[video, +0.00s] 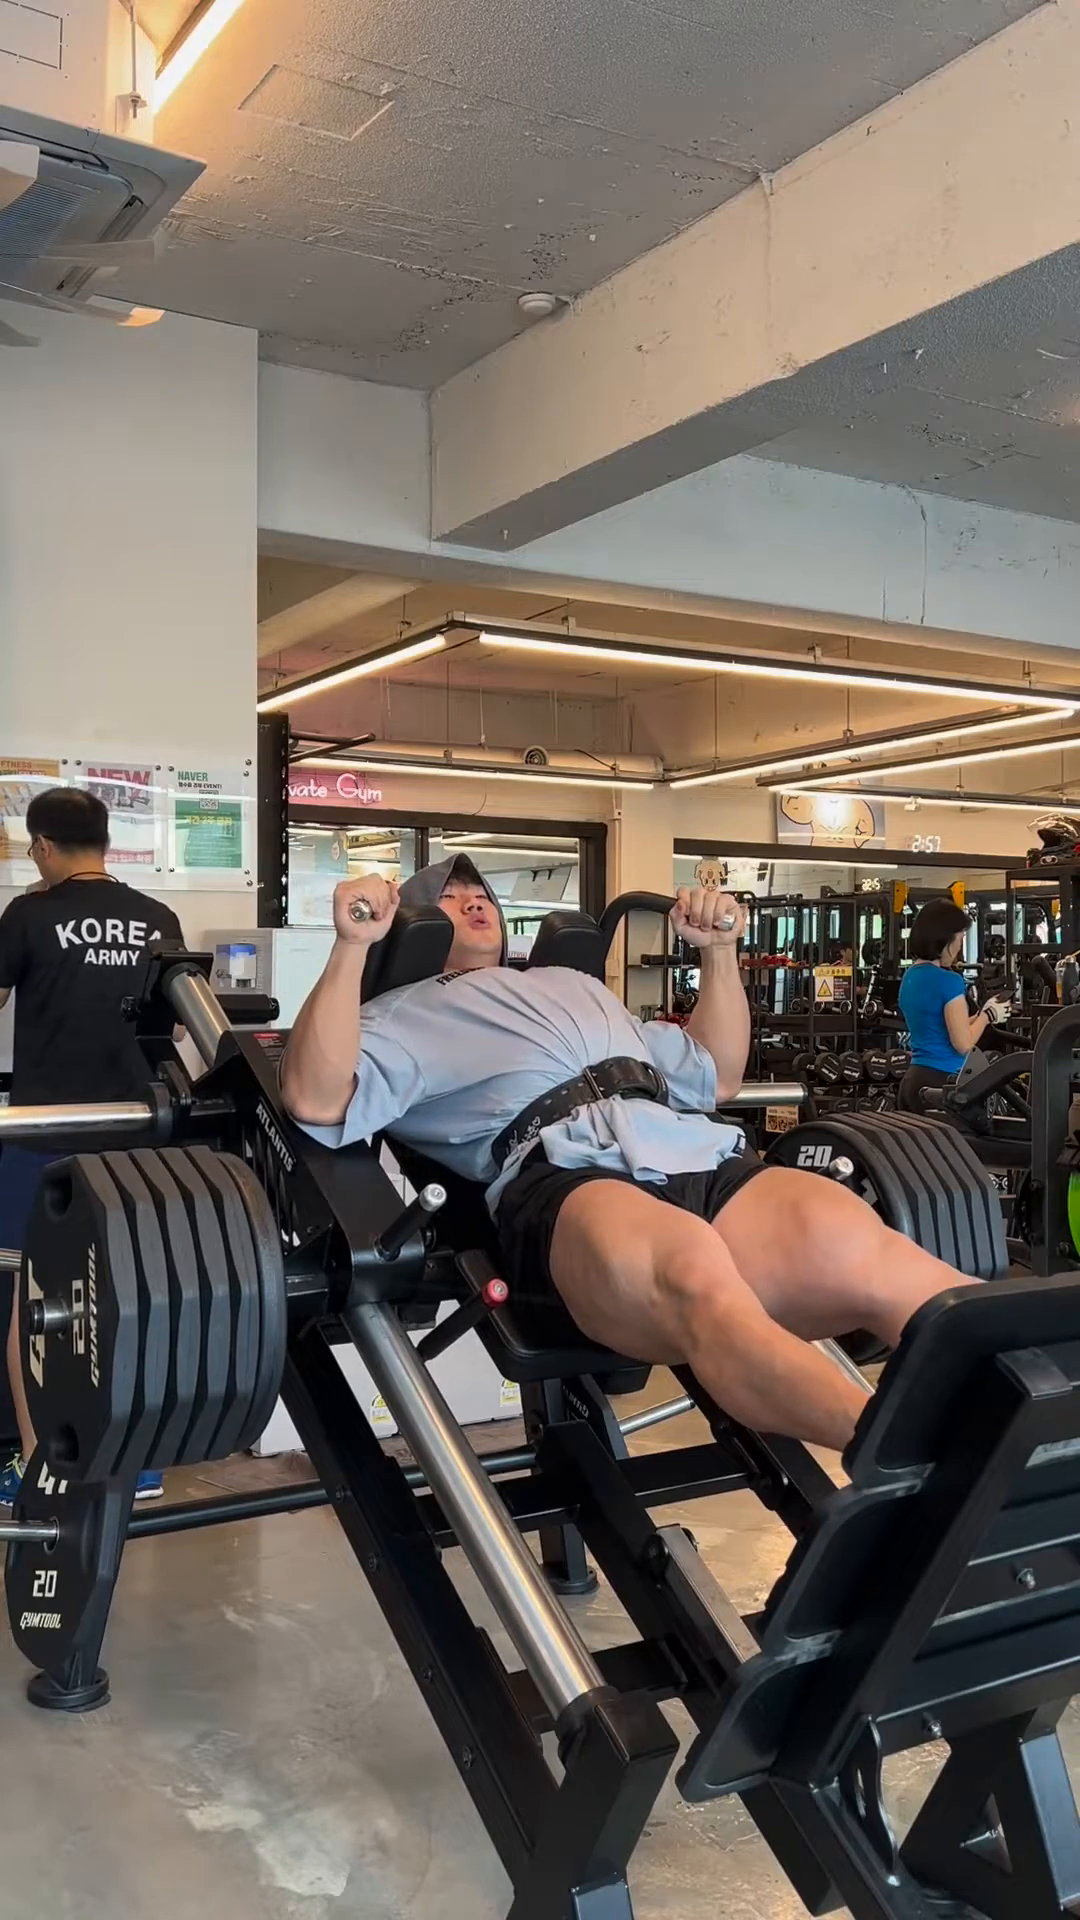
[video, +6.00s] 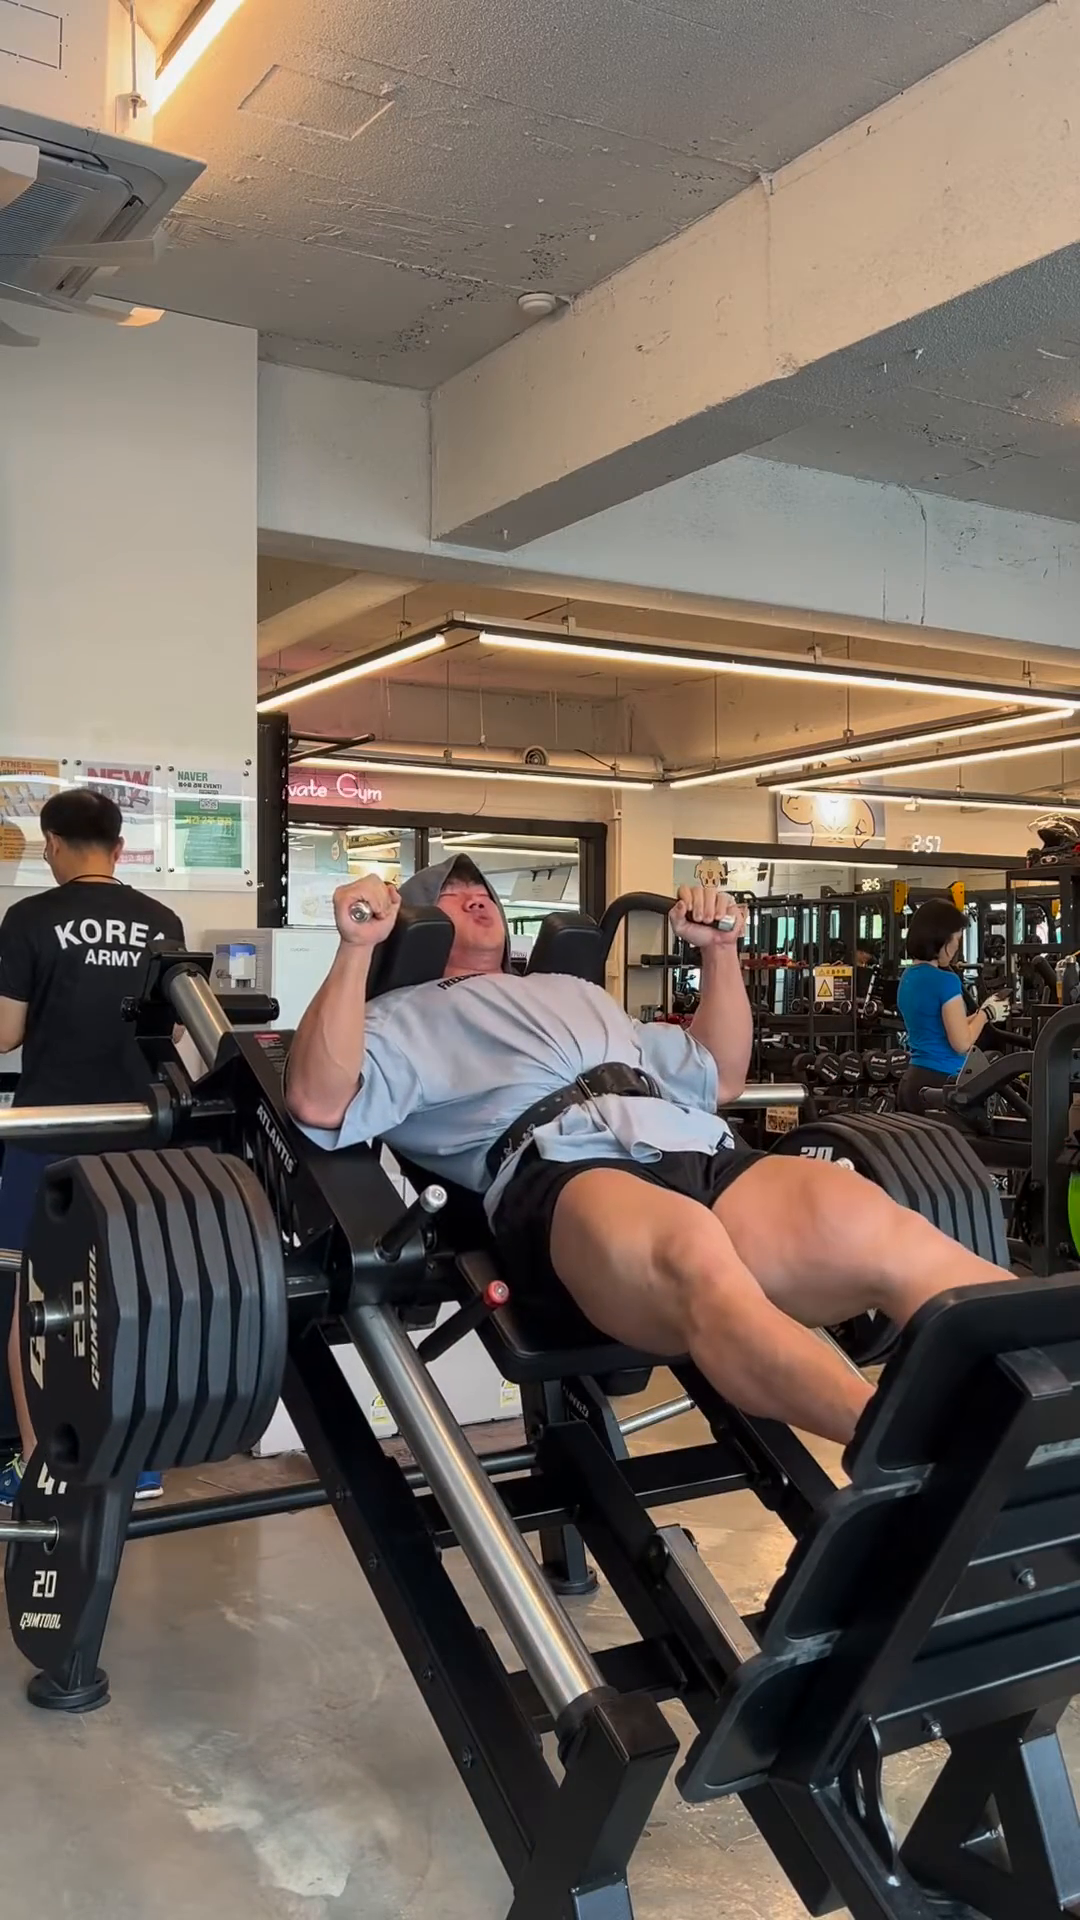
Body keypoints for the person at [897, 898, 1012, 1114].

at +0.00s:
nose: (960, 947)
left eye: (961, 939)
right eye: (960, 939)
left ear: (926, 935)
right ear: (946, 940)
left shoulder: (909, 978)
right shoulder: (949, 981)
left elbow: (929, 1032)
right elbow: (963, 1043)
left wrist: (975, 1016)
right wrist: (989, 1015)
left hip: (915, 1076)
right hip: (948, 1081)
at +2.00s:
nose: (958, 948)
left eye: (959, 941)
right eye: (957, 941)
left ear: (924, 936)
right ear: (943, 940)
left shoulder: (907, 978)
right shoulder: (946, 981)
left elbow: (932, 1034)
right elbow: (961, 1044)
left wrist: (977, 1015)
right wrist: (986, 1015)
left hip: (913, 1078)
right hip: (945, 1083)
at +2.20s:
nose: (958, 947)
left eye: (959, 940)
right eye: (957, 940)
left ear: (923, 935)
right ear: (943, 940)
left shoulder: (907, 978)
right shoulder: (946, 981)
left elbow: (931, 1034)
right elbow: (961, 1043)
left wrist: (976, 1015)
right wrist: (986, 1015)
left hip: (914, 1077)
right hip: (945, 1082)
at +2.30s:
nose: (958, 947)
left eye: (959, 941)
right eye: (957, 940)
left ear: (923, 936)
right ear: (943, 941)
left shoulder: (907, 978)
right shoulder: (946, 981)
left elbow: (934, 1033)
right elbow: (961, 1043)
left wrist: (975, 1016)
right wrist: (987, 1015)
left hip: (917, 1074)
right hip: (947, 1079)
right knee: (997, 1058)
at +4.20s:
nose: (959, 946)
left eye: (960, 939)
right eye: (958, 939)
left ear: (924, 937)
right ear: (943, 941)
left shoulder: (909, 977)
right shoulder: (948, 981)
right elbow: (963, 1043)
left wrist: (980, 1012)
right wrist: (988, 1013)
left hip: (917, 1073)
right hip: (948, 1080)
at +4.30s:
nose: (958, 947)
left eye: (959, 941)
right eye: (957, 940)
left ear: (923, 936)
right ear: (944, 942)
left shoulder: (908, 978)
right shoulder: (947, 981)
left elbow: (932, 1032)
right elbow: (963, 1042)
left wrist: (976, 1013)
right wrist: (986, 1012)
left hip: (916, 1073)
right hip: (947, 1079)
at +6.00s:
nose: (958, 947)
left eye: (958, 940)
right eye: (957, 939)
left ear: (922, 935)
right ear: (943, 941)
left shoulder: (907, 978)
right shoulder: (946, 981)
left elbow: (932, 1031)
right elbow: (961, 1042)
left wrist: (976, 1014)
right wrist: (987, 1013)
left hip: (914, 1077)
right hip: (946, 1083)